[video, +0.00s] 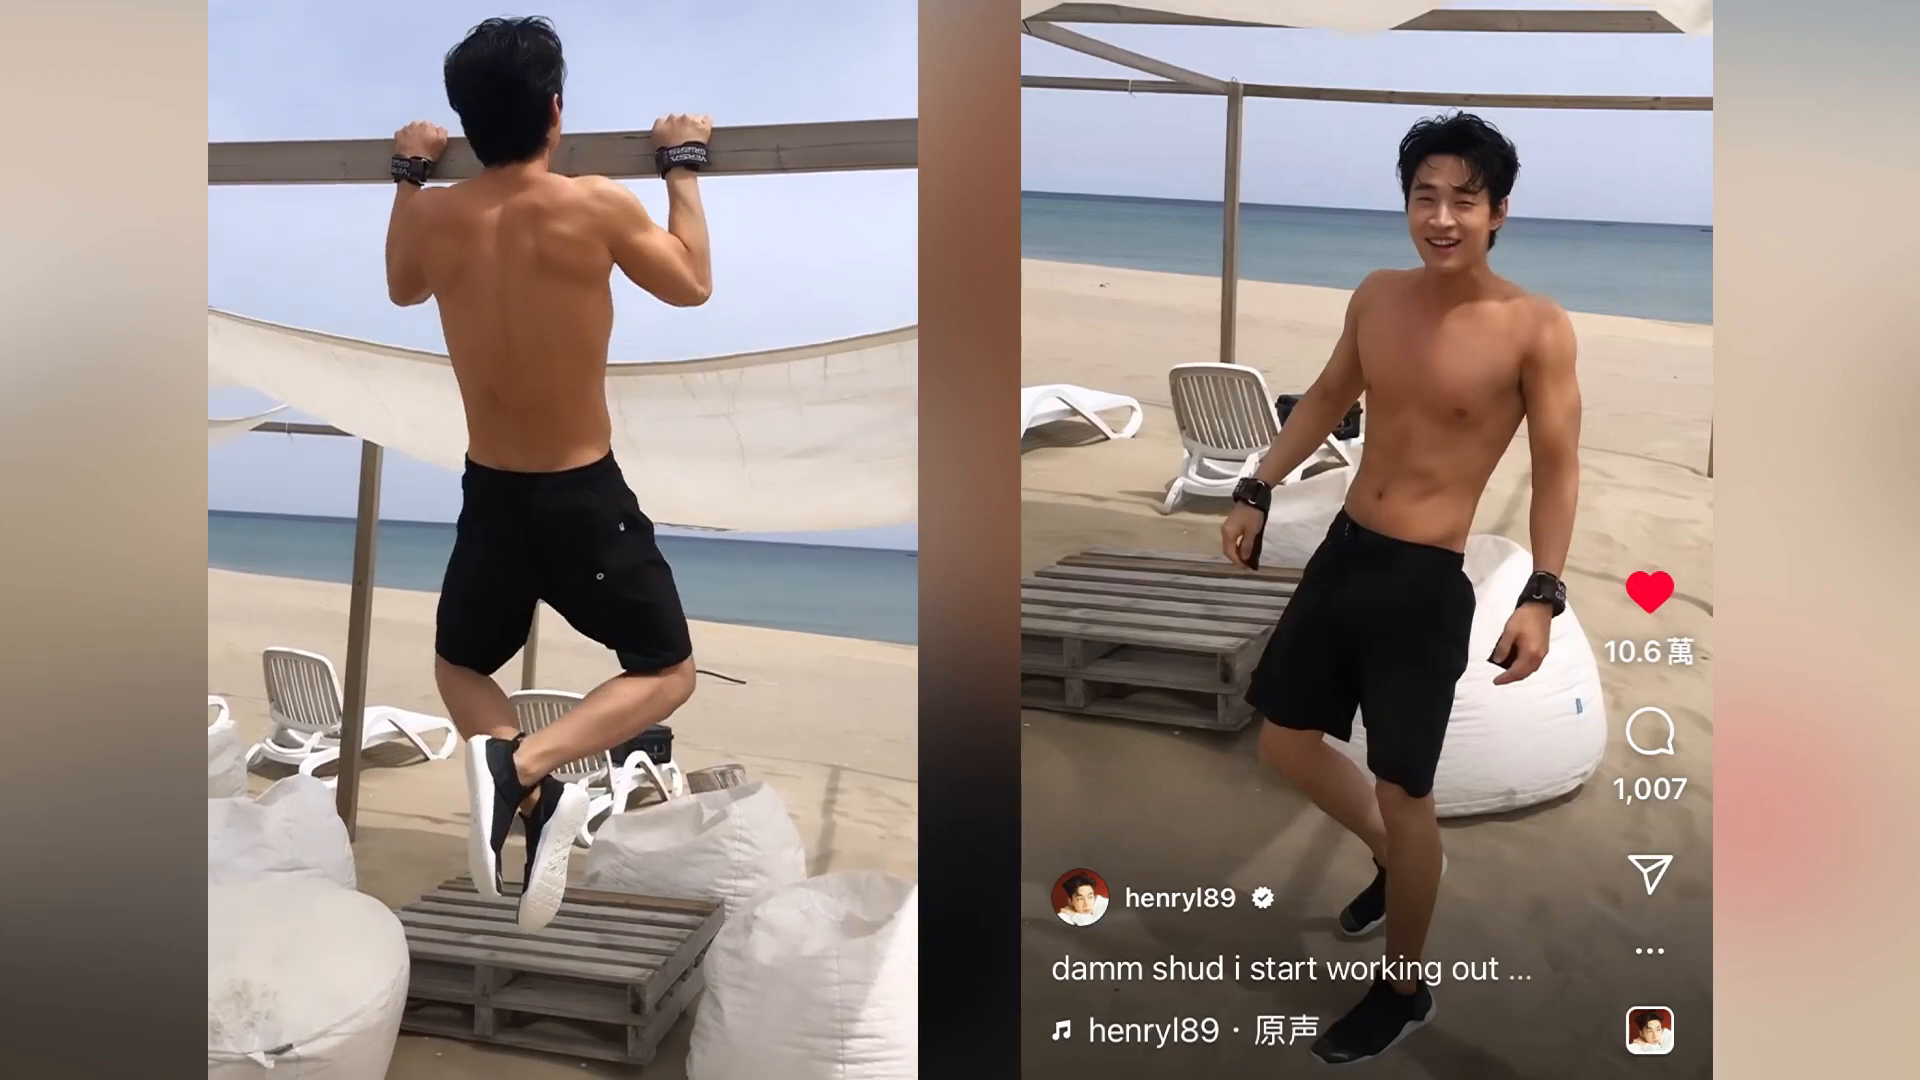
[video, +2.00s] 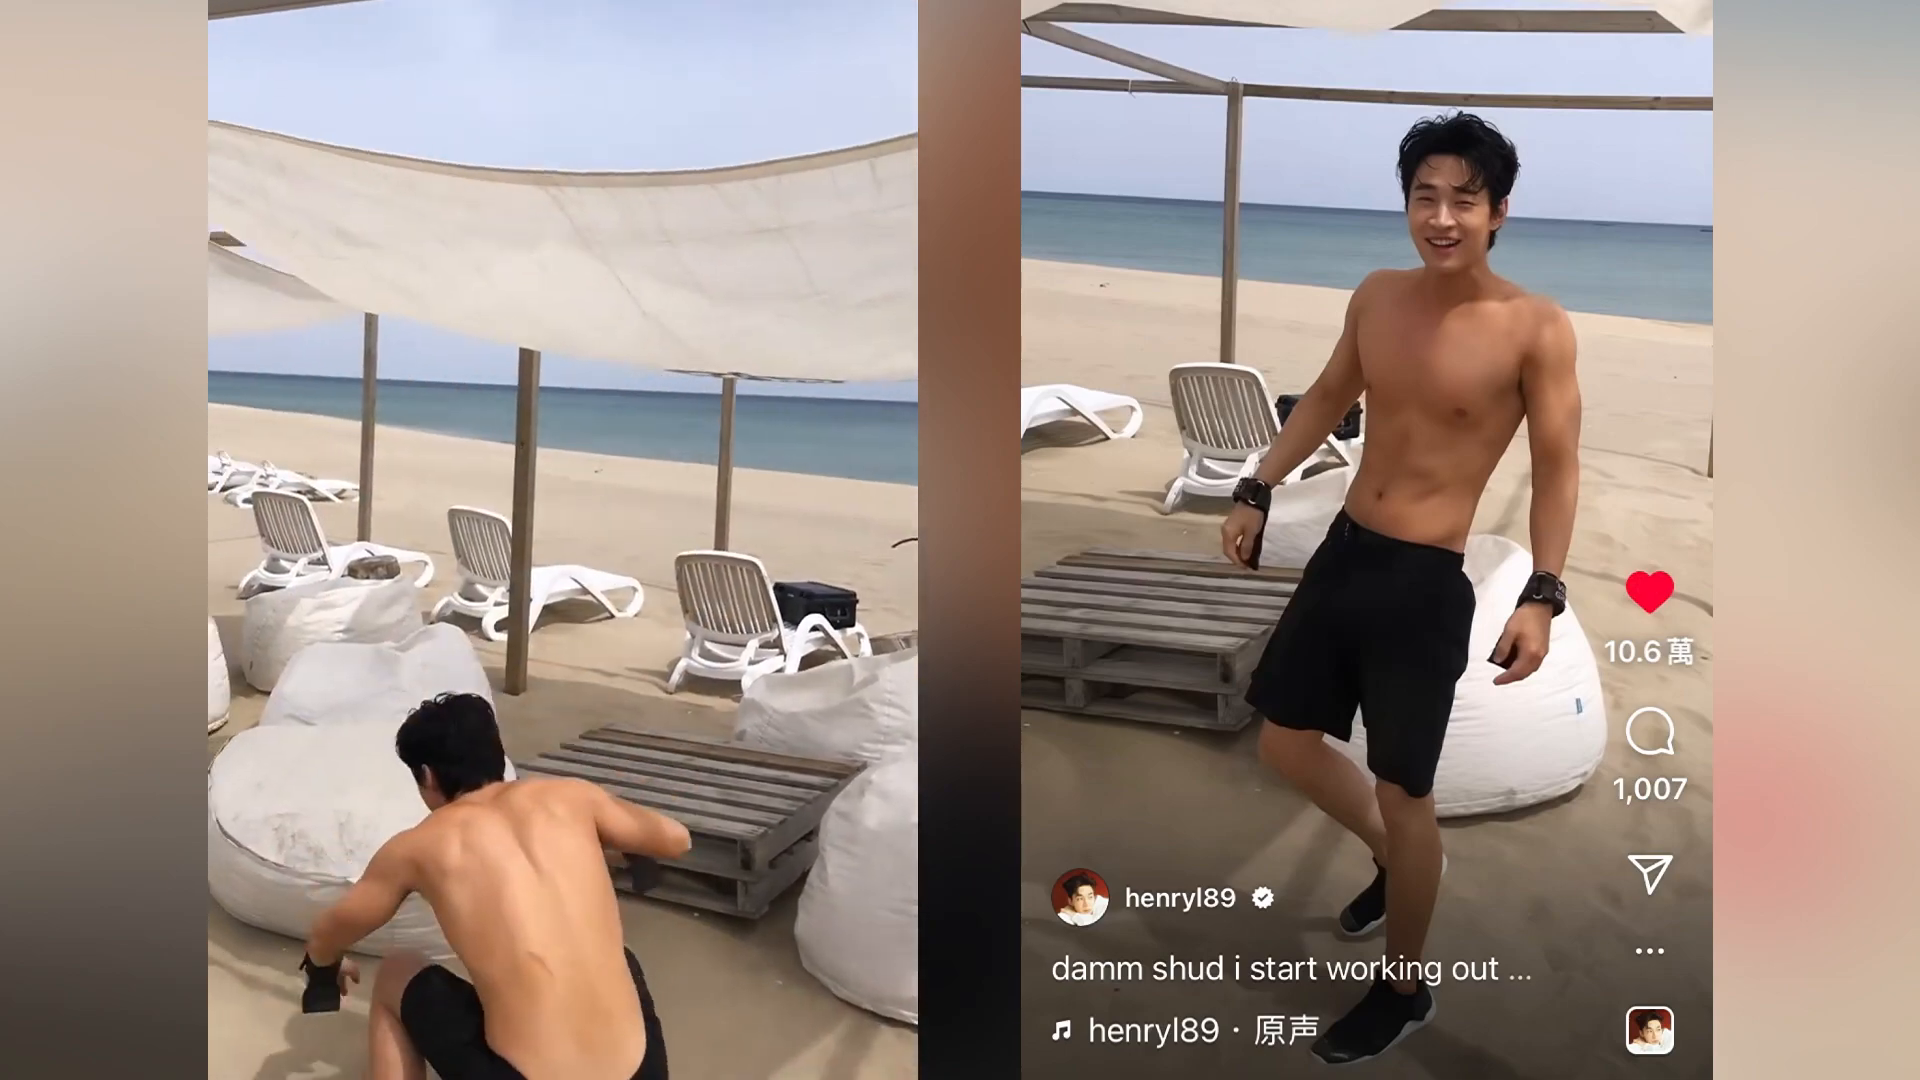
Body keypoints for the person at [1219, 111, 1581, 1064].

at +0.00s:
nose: (1440, 216)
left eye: (1462, 198)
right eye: (1424, 197)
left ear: (1498, 210)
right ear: (1406, 208)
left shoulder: (1535, 328)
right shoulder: (1378, 297)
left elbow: (1556, 468)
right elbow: (1330, 398)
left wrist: (1540, 595)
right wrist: (1256, 484)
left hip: (1426, 579)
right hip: (1345, 553)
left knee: (1402, 800)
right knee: (1284, 742)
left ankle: (1402, 981)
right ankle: (1398, 848)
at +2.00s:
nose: (1440, 216)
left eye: (1462, 198)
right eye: (1424, 197)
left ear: (1498, 210)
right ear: (1406, 208)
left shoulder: (1535, 328)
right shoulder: (1378, 296)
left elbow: (1556, 468)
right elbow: (1330, 398)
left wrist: (1540, 595)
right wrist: (1255, 484)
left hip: (1426, 579)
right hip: (1345, 553)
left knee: (1402, 799)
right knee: (1284, 742)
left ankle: (1403, 981)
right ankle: (1398, 847)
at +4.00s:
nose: (1440, 216)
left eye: (1462, 198)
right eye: (1424, 197)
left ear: (1498, 210)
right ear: (1406, 208)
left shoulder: (1535, 328)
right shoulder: (1378, 296)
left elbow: (1556, 468)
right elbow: (1330, 398)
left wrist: (1540, 595)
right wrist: (1255, 484)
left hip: (1426, 579)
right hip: (1345, 553)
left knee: (1402, 799)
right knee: (1284, 742)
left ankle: (1403, 981)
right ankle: (1398, 847)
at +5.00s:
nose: (1440, 216)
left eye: (1461, 198)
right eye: (1424, 197)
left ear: (1498, 210)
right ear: (1406, 208)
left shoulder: (1535, 328)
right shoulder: (1379, 296)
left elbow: (1556, 469)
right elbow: (1330, 398)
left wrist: (1540, 595)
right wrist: (1256, 484)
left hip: (1427, 579)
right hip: (1345, 553)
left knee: (1402, 799)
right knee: (1284, 742)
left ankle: (1403, 981)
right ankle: (1398, 846)